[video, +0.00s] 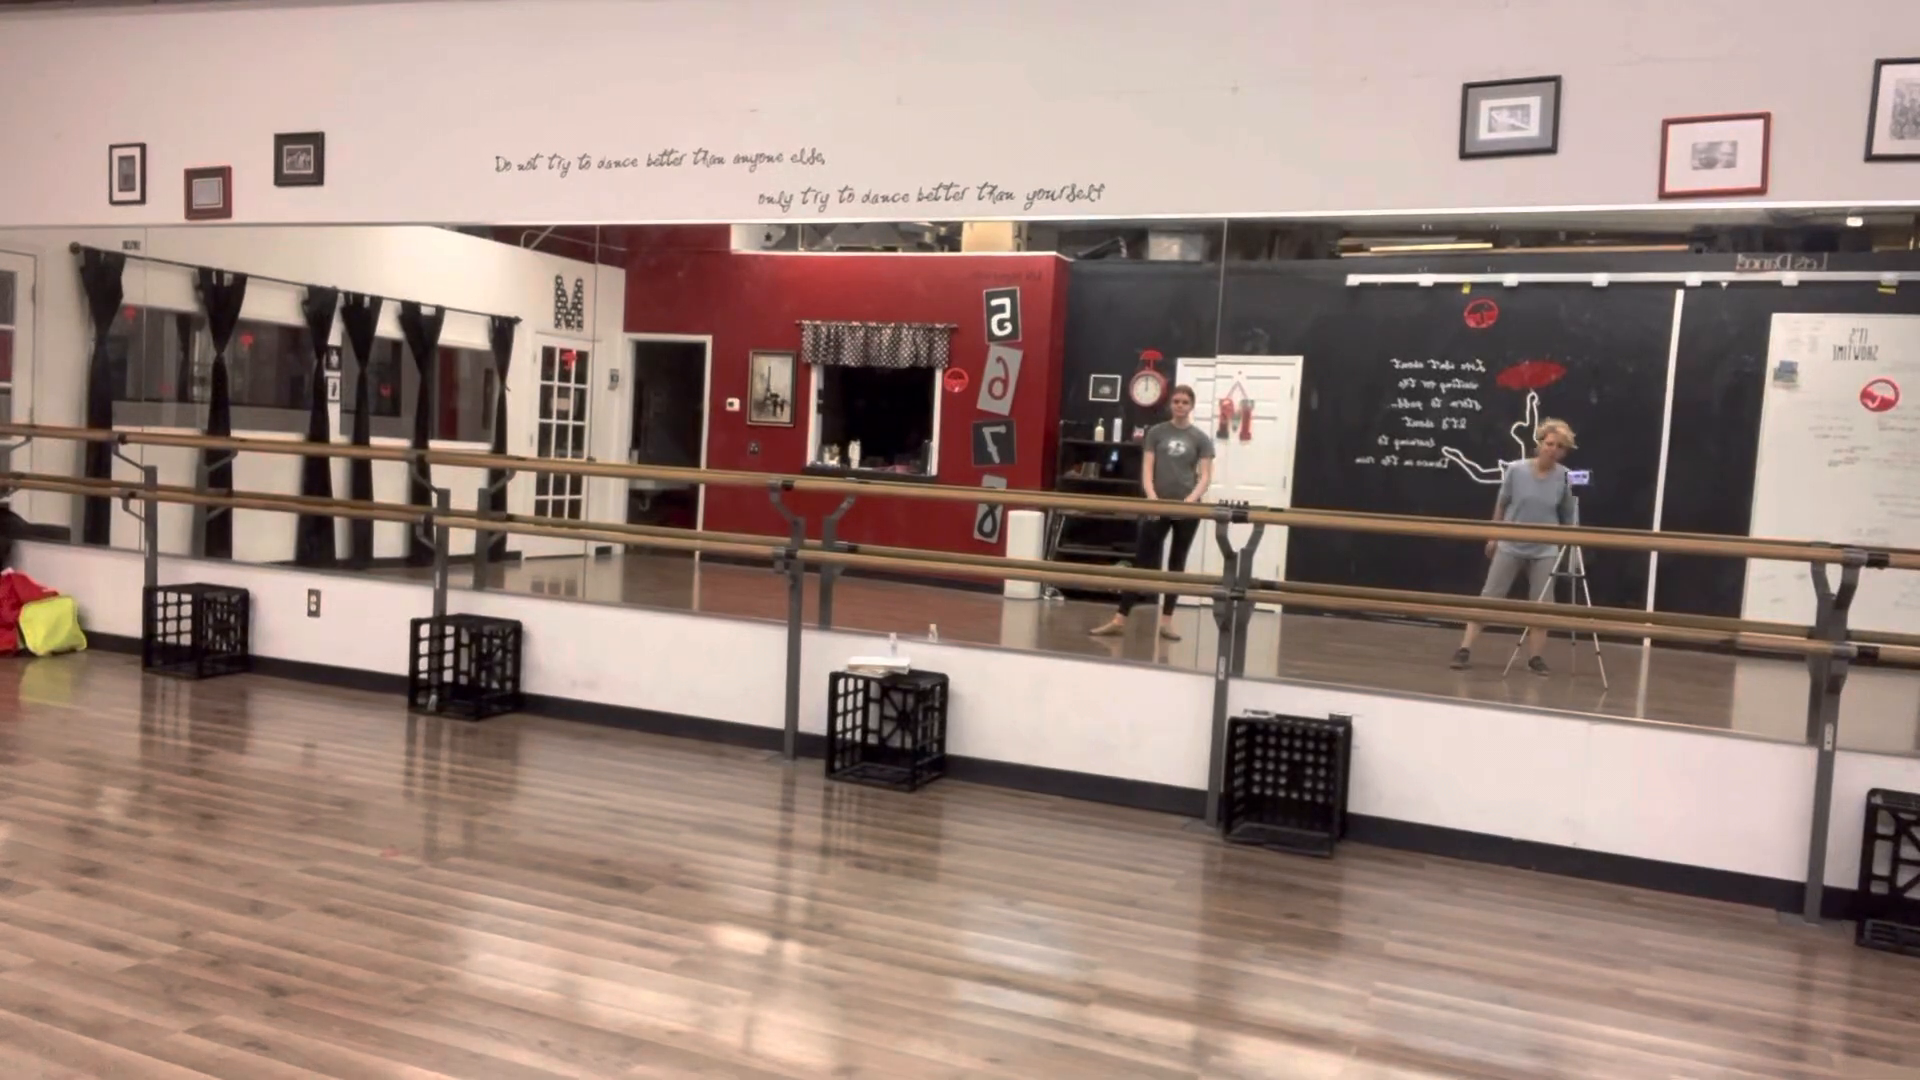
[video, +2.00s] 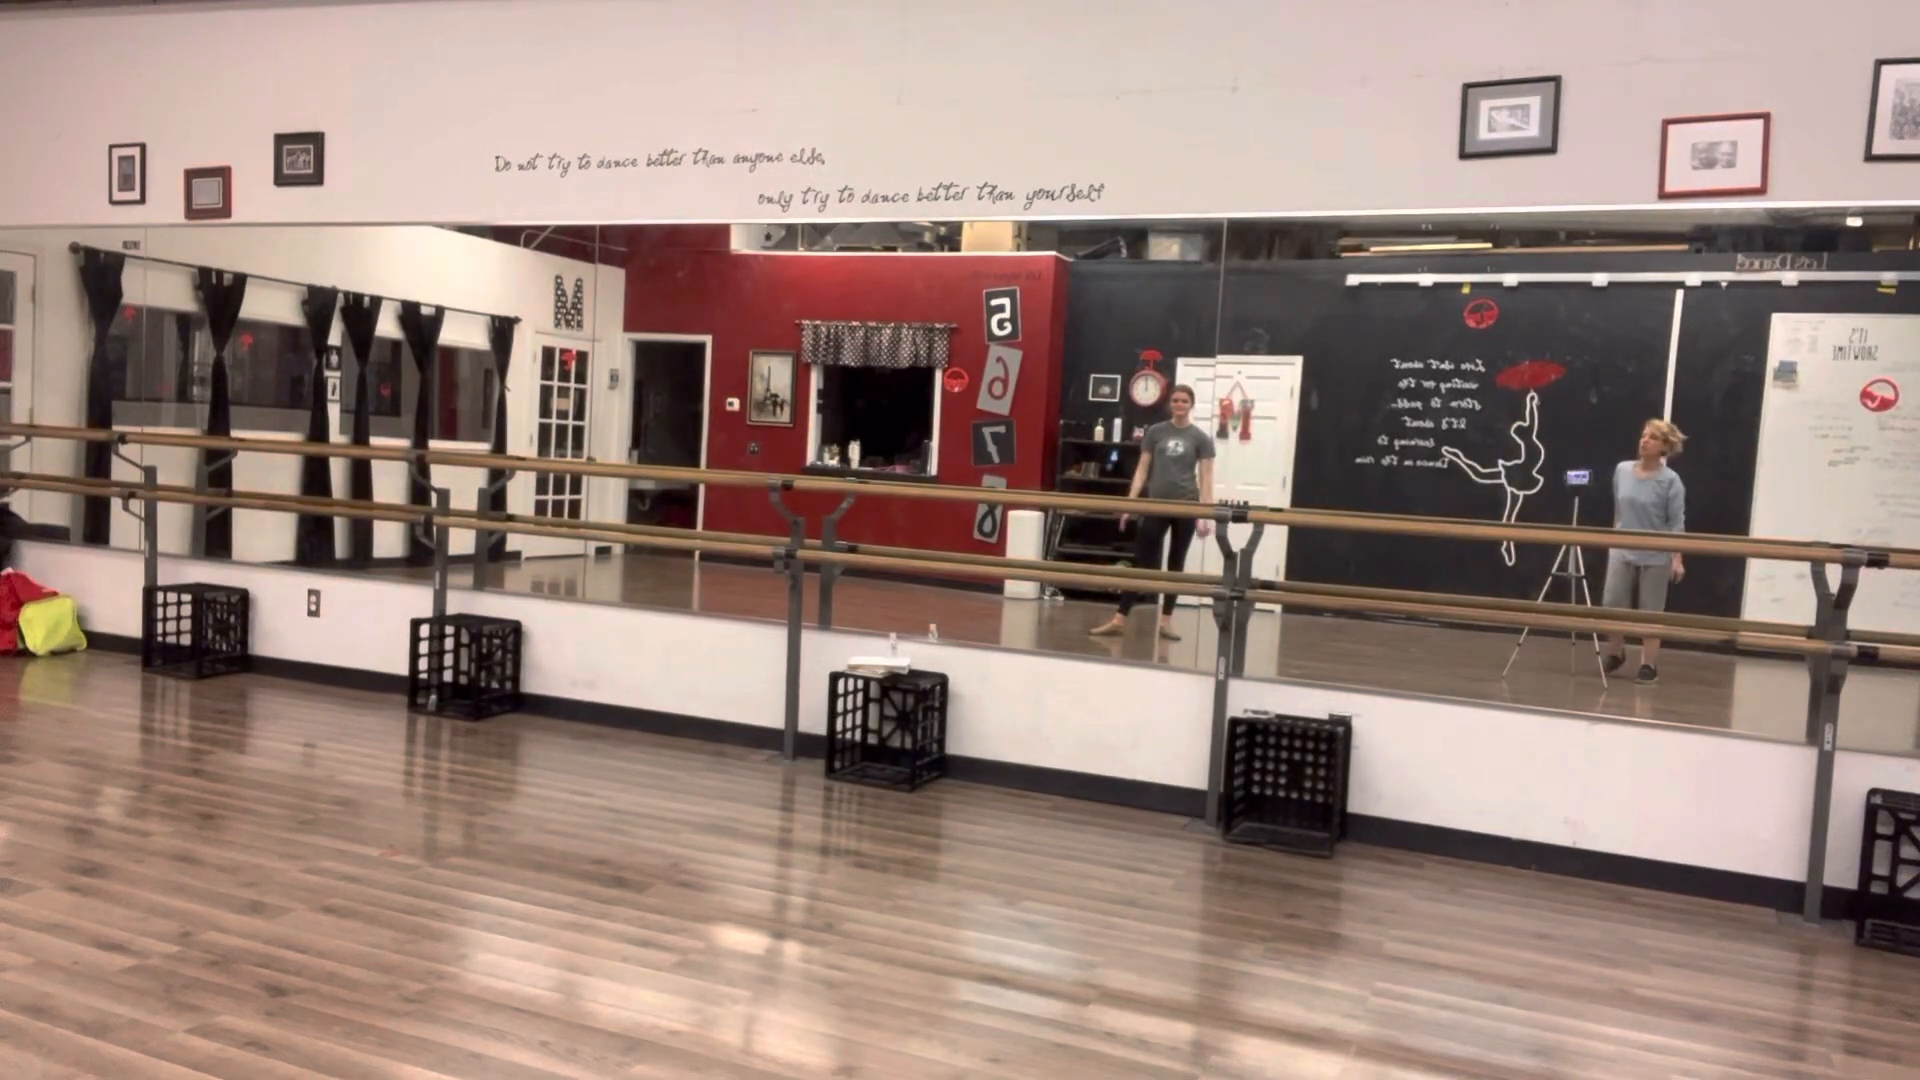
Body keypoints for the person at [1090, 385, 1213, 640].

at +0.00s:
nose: (1180, 406)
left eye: (1184, 403)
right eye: (1176, 402)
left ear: (1192, 406)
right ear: (1170, 404)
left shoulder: (1202, 439)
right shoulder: (1154, 433)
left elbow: (1205, 477)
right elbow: (1147, 472)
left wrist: (1191, 499)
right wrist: (1153, 499)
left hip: (1186, 508)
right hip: (1158, 504)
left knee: (1176, 563)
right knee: (1142, 558)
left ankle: (1166, 619)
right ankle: (1120, 617)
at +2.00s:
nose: (1179, 405)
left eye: (1184, 401)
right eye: (1176, 401)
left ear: (1191, 405)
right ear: (1170, 404)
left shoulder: (1202, 439)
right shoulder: (1154, 432)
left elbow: (1206, 480)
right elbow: (1141, 470)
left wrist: (1206, 515)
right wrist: (1129, 505)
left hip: (1185, 510)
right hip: (1154, 507)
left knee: (1175, 565)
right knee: (1141, 560)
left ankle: (1165, 620)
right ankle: (1120, 617)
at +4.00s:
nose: (1186, 406)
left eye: (1190, 403)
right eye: (1183, 402)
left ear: (1193, 407)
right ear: (1171, 404)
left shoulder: (1200, 437)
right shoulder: (1153, 433)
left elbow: (1214, 473)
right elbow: (1139, 471)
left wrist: (1229, 504)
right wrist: (1122, 506)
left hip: (1188, 509)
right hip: (1156, 507)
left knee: (1176, 563)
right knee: (1142, 560)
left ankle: (1166, 620)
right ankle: (1120, 618)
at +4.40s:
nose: (1191, 408)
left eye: (1194, 404)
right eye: (1187, 403)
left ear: (1195, 407)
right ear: (1174, 404)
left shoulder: (1201, 438)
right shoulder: (1154, 433)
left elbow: (1207, 475)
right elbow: (1144, 471)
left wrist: (1211, 508)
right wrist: (1142, 506)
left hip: (1188, 509)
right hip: (1156, 506)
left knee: (1176, 564)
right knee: (1142, 560)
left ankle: (1166, 620)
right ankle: (1120, 617)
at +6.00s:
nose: (1181, 404)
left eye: (1186, 401)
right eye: (1177, 400)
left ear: (1192, 405)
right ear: (1170, 403)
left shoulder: (1201, 438)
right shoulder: (1154, 433)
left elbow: (1205, 478)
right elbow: (1145, 471)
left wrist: (1191, 509)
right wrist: (1145, 505)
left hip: (1184, 509)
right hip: (1155, 506)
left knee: (1175, 565)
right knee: (1141, 560)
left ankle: (1166, 619)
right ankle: (1120, 617)